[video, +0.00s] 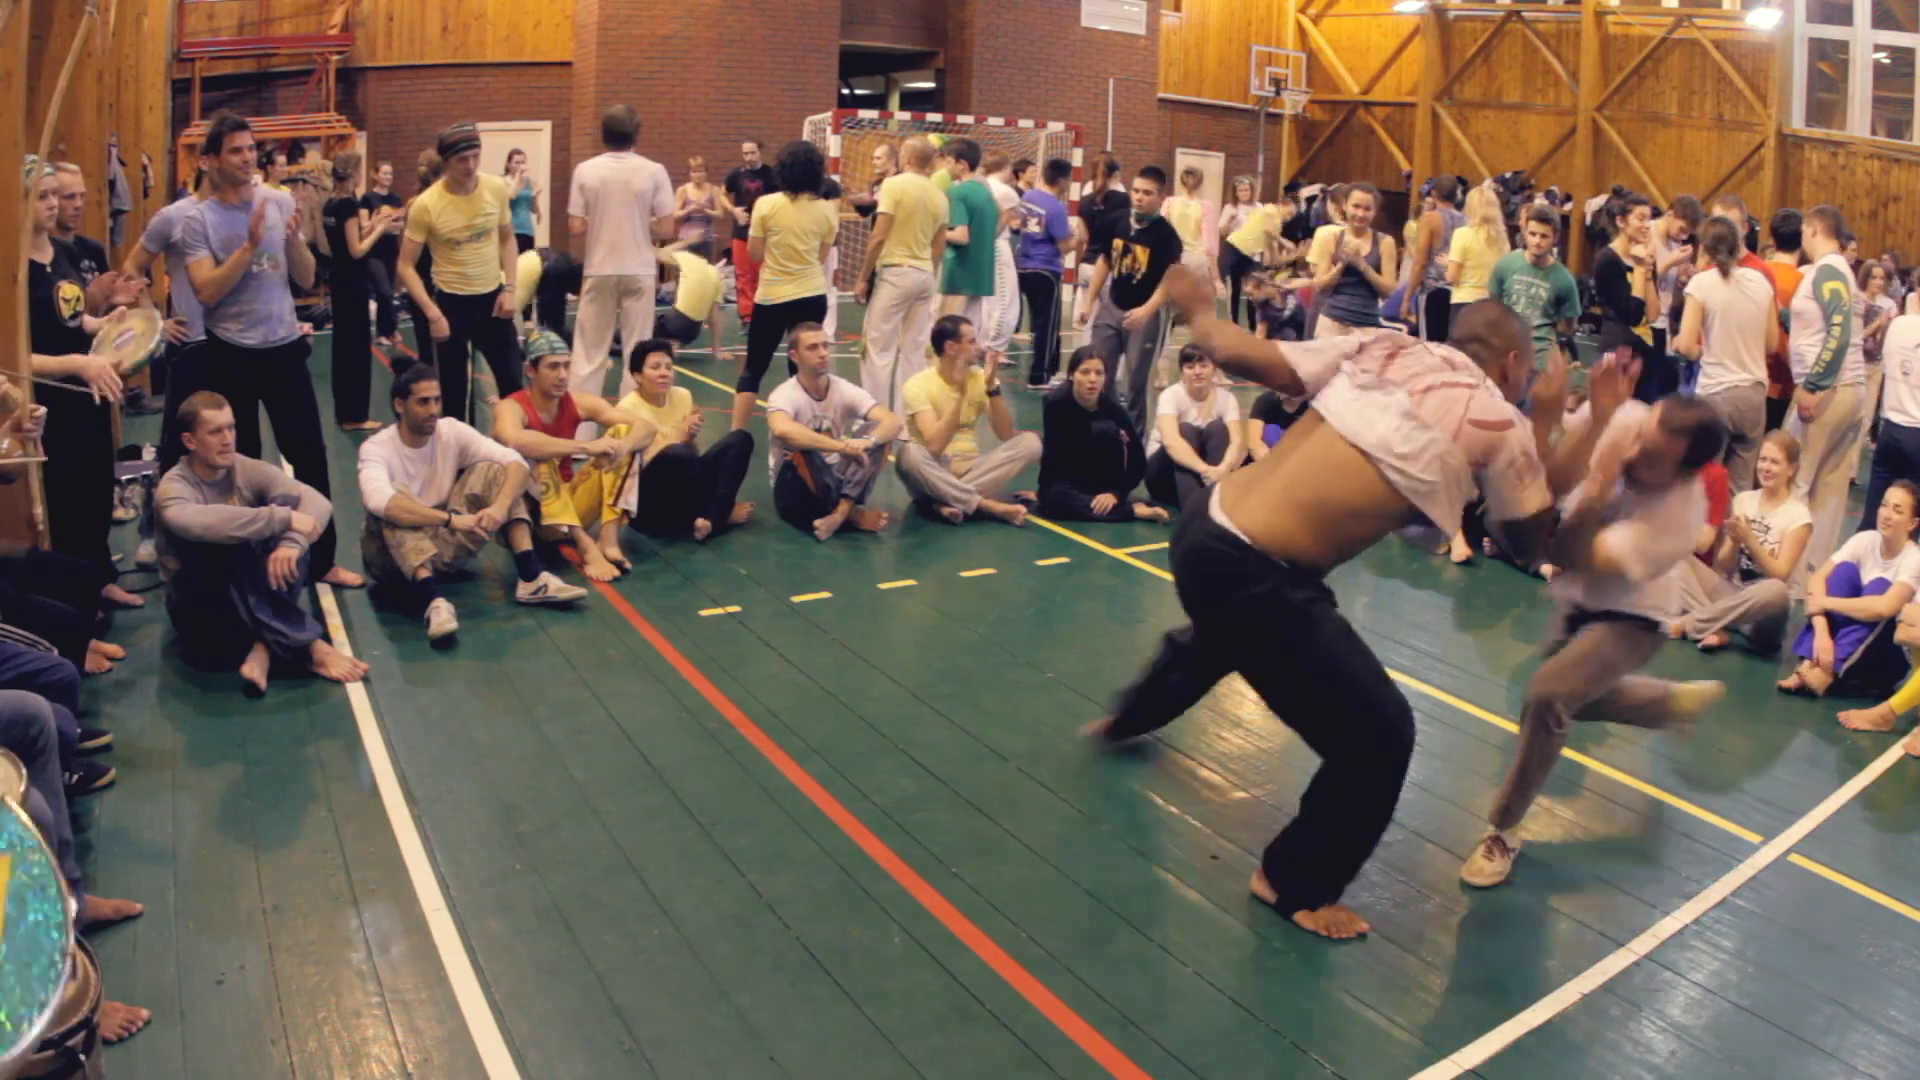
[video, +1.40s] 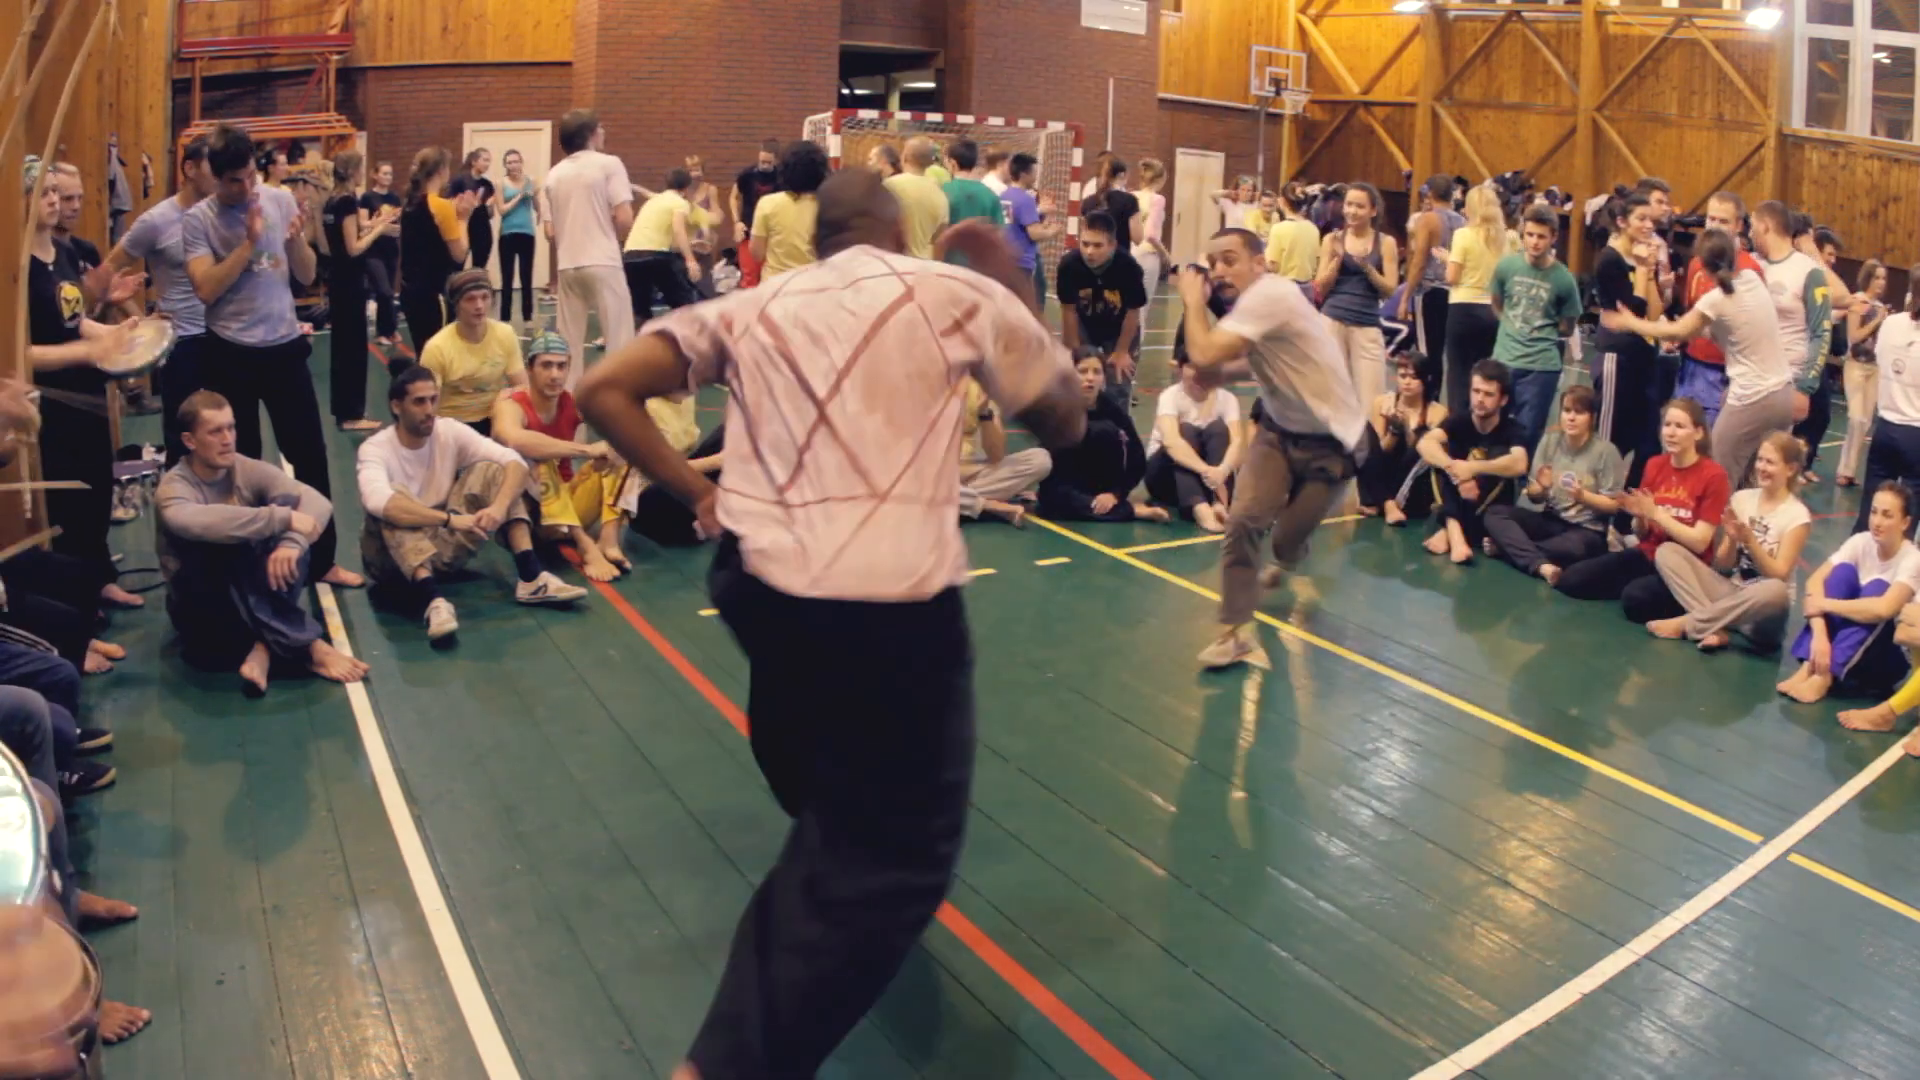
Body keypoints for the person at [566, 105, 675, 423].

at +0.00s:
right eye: (634, 131)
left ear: (603, 134)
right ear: (636, 135)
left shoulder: (586, 171)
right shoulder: (654, 172)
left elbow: (577, 227)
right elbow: (665, 229)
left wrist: (601, 220)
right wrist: (638, 221)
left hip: (599, 271)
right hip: (640, 271)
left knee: (588, 352)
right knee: (638, 352)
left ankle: (580, 429)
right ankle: (633, 430)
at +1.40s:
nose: (603, 134)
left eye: (601, 128)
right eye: (599, 129)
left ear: (567, 140)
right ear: (590, 135)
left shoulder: (553, 174)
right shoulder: (609, 164)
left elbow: (550, 231)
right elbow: (624, 217)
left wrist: (573, 236)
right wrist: (612, 240)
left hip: (568, 264)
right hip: (603, 261)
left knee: (570, 341)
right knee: (620, 339)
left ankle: (568, 402)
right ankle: (619, 405)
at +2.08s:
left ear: (611, 135)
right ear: (644, 136)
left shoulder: (594, 170)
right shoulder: (661, 172)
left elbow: (582, 224)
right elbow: (670, 229)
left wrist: (609, 217)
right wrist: (643, 221)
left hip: (602, 270)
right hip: (643, 270)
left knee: (592, 354)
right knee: (643, 355)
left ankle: (584, 437)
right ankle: (639, 435)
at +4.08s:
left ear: (607, 143)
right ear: (639, 142)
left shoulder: (591, 176)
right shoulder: (659, 174)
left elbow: (581, 229)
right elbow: (675, 228)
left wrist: (609, 228)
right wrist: (645, 228)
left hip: (608, 268)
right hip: (647, 268)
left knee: (596, 351)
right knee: (666, 344)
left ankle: (585, 425)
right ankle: (674, 416)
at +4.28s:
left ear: (635, 140)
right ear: (667, 140)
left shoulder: (619, 169)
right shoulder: (685, 171)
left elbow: (600, 218)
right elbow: (696, 228)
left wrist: (619, 248)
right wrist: (671, 246)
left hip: (633, 263)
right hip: (674, 262)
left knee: (613, 343)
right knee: (684, 342)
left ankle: (596, 420)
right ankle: (689, 415)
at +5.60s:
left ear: (613, 139)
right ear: (644, 138)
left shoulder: (602, 168)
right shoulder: (666, 168)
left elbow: (572, 205)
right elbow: (672, 224)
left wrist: (569, 252)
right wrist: (655, 247)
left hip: (621, 265)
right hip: (660, 262)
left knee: (616, 344)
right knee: (670, 341)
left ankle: (618, 418)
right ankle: (673, 414)